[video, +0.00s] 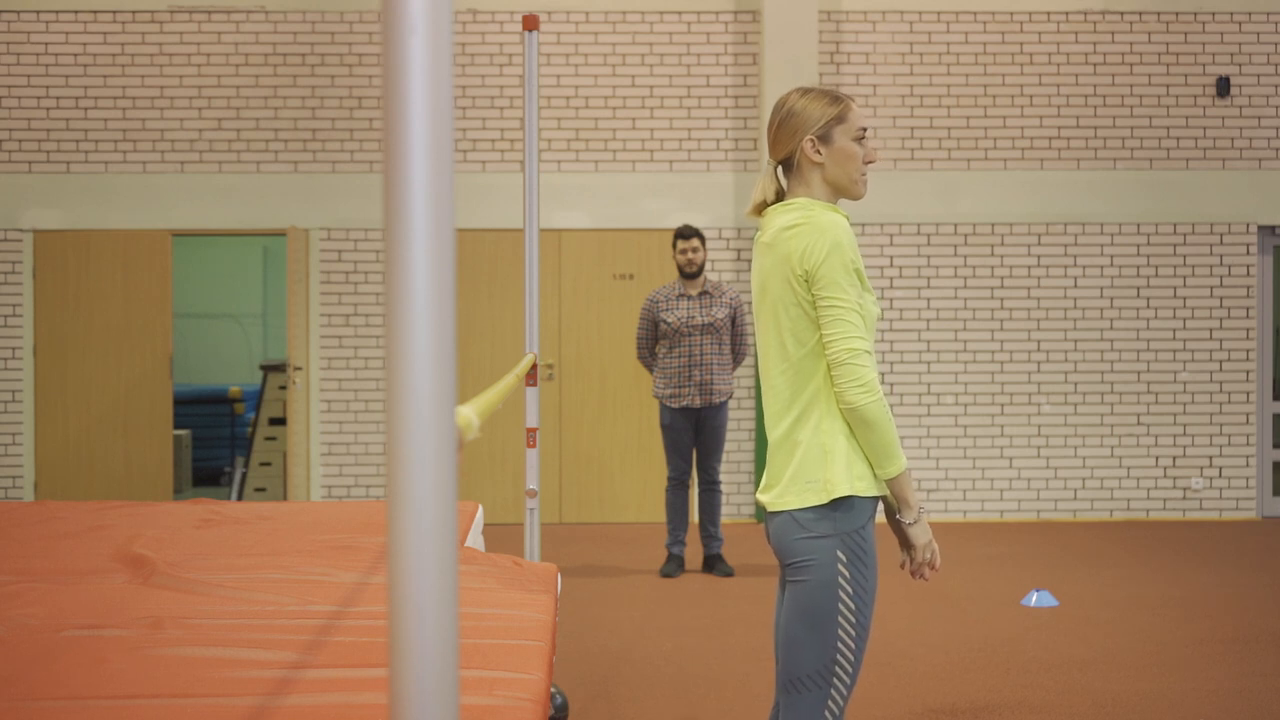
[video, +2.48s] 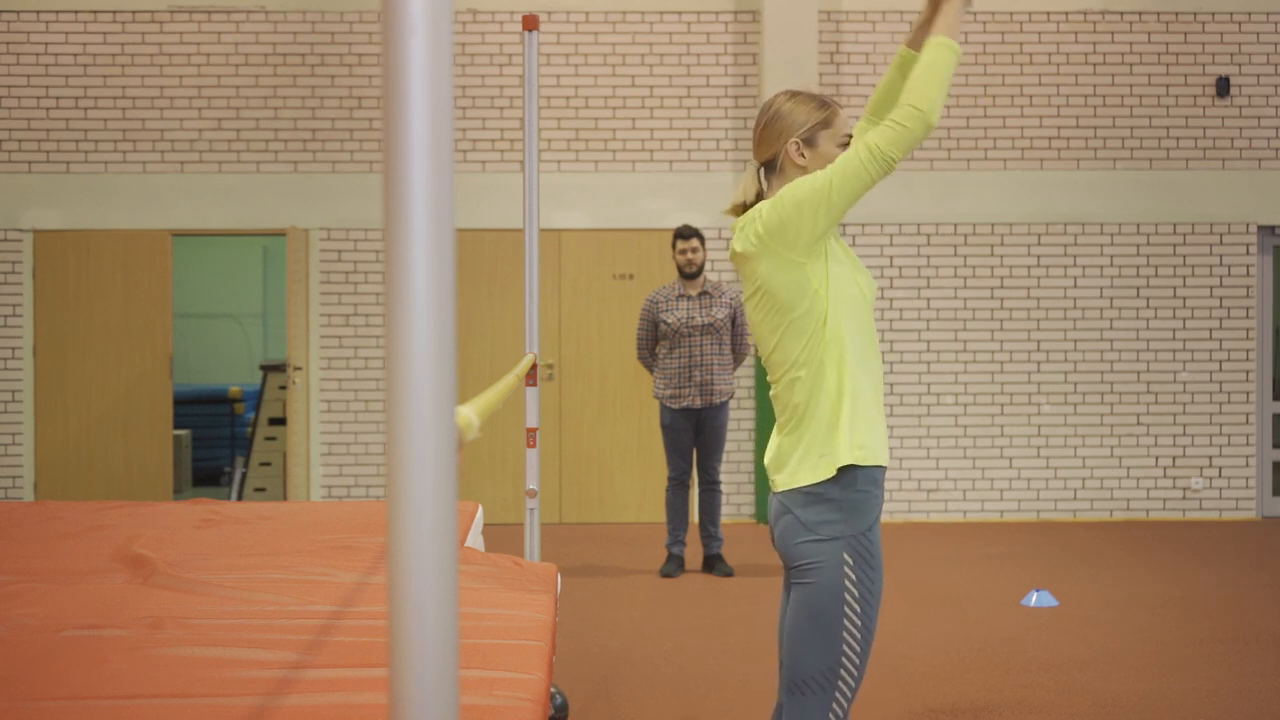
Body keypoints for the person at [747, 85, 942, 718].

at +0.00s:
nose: (871, 153)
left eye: (867, 138)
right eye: (858, 139)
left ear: (812, 153)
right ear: (813, 151)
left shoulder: (778, 230)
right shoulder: (825, 231)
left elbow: (789, 384)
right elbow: (854, 385)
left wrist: (894, 508)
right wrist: (908, 506)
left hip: (798, 502)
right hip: (830, 504)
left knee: (800, 705)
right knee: (817, 707)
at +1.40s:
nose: (863, 153)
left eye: (858, 138)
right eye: (850, 139)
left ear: (805, 154)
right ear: (804, 151)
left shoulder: (781, 228)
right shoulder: (816, 226)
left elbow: (876, 359)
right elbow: (896, 356)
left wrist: (990, 448)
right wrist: (1000, 455)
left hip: (785, 501)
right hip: (806, 505)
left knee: (788, 705)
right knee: (802, 706)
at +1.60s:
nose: (857, 154)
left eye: (854, 140)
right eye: (845, 140)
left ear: (801, 153)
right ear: (801, 150)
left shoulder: (780, 227)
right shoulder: (804, 223)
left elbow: (896, 327)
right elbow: (912, 319)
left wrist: (1034, 373)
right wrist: (1048, 377)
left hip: (793, 499)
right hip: (806, 501)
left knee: (792, 703)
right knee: (802, 705)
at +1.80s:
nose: (854, 156)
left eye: (850, 139)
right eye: (841, 140)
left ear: (798, 153)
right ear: (797, 151)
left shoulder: (778, 224)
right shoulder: (795, 223)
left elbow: (925, 277)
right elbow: (931, 276)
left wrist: (1067, 279)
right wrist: (1073, 277)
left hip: (799, 501)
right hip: (809, 502)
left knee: (794, 704)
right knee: (804, 706)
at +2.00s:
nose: (852, 156)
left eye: (848, 141)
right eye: (840, 141)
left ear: (796, 153)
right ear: (796, 151)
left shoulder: (782, 223)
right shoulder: (785, 221)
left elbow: (927, 223)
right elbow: (932, 225)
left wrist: (1047, 176)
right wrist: (1064, 176)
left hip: (806, 498)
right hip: (812, 499)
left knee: (800, 703)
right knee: (807, 705)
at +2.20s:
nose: (849, 159)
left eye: (848, 144)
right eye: (840, 144)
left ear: (790, 151)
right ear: (792, 149)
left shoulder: (782, 221)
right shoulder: (783, 222)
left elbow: (913, 176)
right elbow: (932, 180)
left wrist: (1005, 94)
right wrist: (1028, 89)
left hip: (814, 494)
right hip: (819, 497)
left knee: (802, 702)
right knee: (814, 704)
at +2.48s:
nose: (845, 158)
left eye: (845, 143)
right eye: (838, 143)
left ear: (792, 153)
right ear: (797, 152)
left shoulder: (784, 222)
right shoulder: (780, 223)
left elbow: (873, 127)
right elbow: (904, 129)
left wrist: (930, 17)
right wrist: (952, 16)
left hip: (831, 489)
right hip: (828, 494)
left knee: (818, 698)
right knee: (819, 702)